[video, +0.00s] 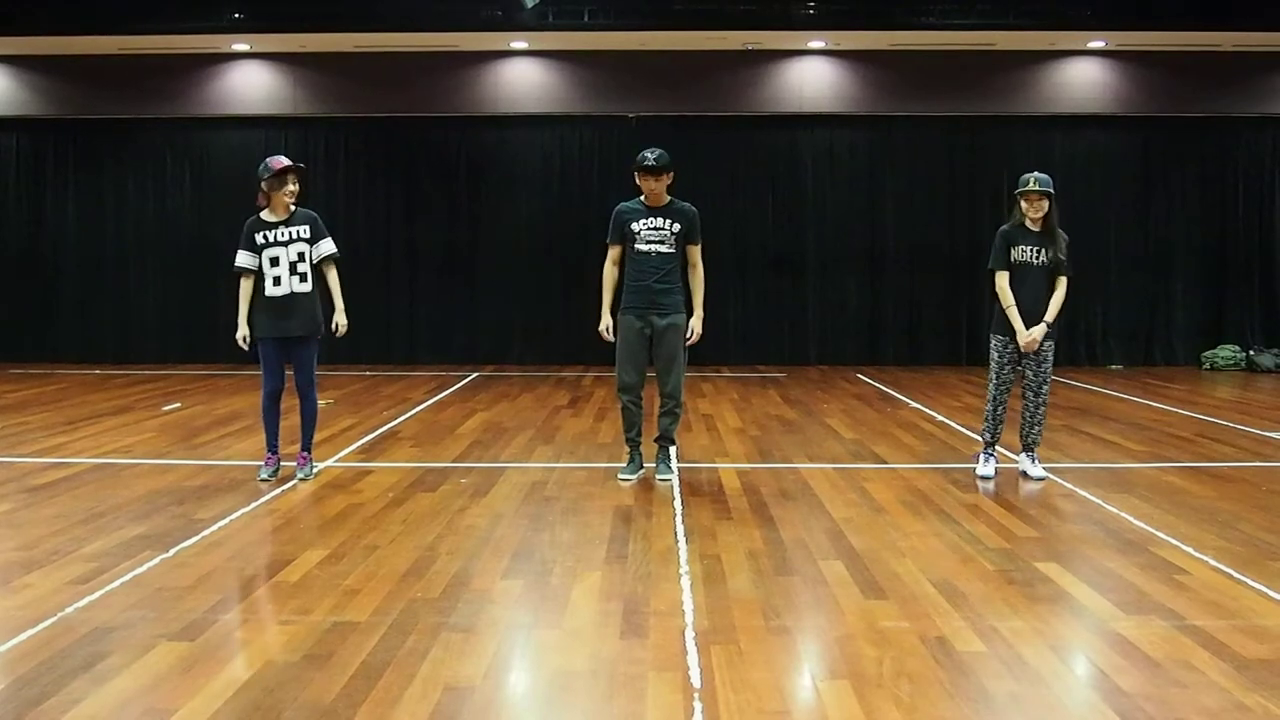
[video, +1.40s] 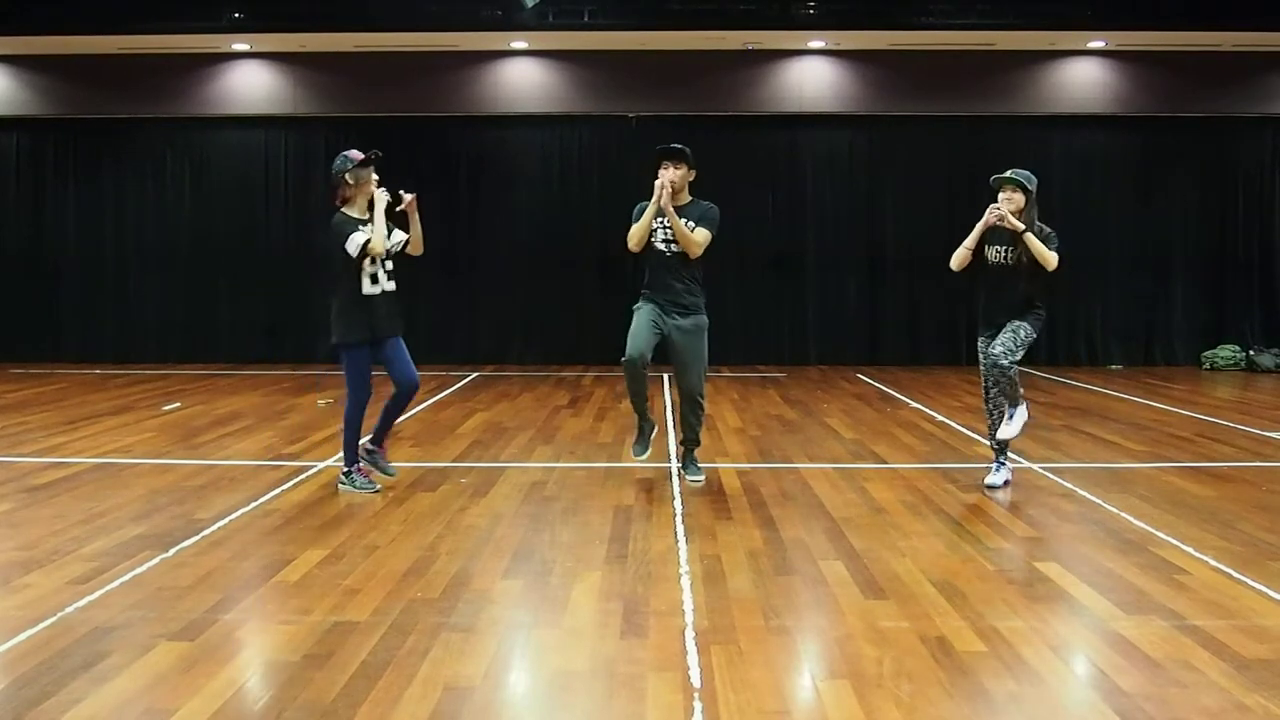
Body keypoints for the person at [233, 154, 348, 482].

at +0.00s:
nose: (292, 189)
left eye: (294, 183)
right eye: (284, 184)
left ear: (298, 185)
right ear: (267, 188)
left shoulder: (309, 220)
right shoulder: (254, 226)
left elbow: (328, 266)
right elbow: (247, 276)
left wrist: (339, 308)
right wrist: (242, 322)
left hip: (306, 320)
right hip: (267, 322)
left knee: (306, 387)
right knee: (272, 388)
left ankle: (305, 454)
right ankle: (271, 455)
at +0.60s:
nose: (309, 190)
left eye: (311, 184)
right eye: (300, 185)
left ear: (314, 186)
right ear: (283, 189)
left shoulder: (322, 224)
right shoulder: (269, 230)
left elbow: (329, 273)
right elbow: (262, 283)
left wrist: (348, 311)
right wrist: (281, 324)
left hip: (320, 321)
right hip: (282, 322)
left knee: (319, 387)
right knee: (278, 389)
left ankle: (318, 459)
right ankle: (272, 454)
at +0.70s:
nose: (318, 191)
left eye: (320, 184)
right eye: (310, 186)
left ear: (322, 186)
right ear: (291, 190)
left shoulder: (330, 222)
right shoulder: (277, 228)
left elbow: (339, 266)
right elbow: (266, 277)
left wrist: (350, 294)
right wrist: (301, 305)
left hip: (329, 317)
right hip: (292, 319)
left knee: (324, 388)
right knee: (290, 388)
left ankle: (319, 459)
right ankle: (274, 454)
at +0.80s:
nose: (328, 198)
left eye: (329, 191)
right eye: (321, 193)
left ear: (331, 192)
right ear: (301, 194)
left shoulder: (340, 223)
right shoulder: (284, 227)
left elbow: (358, 266)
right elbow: (273, 274)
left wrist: (351, 271)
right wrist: (317, 273)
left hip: (334, 318)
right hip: (300, 319)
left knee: (328, 390)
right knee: (309, 386)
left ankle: (320, 459)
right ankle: (282, 439)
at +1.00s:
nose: (341, 190)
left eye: (342, 183)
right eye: (333, 185)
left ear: (347, 184)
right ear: (315, 188)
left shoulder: (353, 219)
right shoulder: (301, 221)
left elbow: (381, 260)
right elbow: (301, 262)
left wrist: (374, 232)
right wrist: (332, 230)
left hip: (347, 313)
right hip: (314, 311)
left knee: (331, 383)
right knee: (343, 374)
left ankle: (319, 455)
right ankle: (316, 439)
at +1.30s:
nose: (365, 182)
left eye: (364, 176)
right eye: (357, 178)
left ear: (363, 182)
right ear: (339, 186)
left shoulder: (372, 222)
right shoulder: (329, 226)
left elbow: (402, 259)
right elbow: (356, 257)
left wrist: (401, 222)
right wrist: (366, 216)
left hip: (373, 317)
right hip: (344, 319)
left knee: (384, 392)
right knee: (362, 393)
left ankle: (339, 444)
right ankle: (350, 468)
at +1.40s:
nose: (376, 177)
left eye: (374, 171)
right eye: (368, 173)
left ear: (365, 180)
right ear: (350, 181)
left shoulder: (379, 218)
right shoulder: (341, 223)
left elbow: (416, 249)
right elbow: (376, 247)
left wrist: (413, 213)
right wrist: (380, 209)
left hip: (383, 320)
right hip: (353, 323)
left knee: (408, 383)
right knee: (359, 395)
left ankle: (374, 444)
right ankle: (349, 470)